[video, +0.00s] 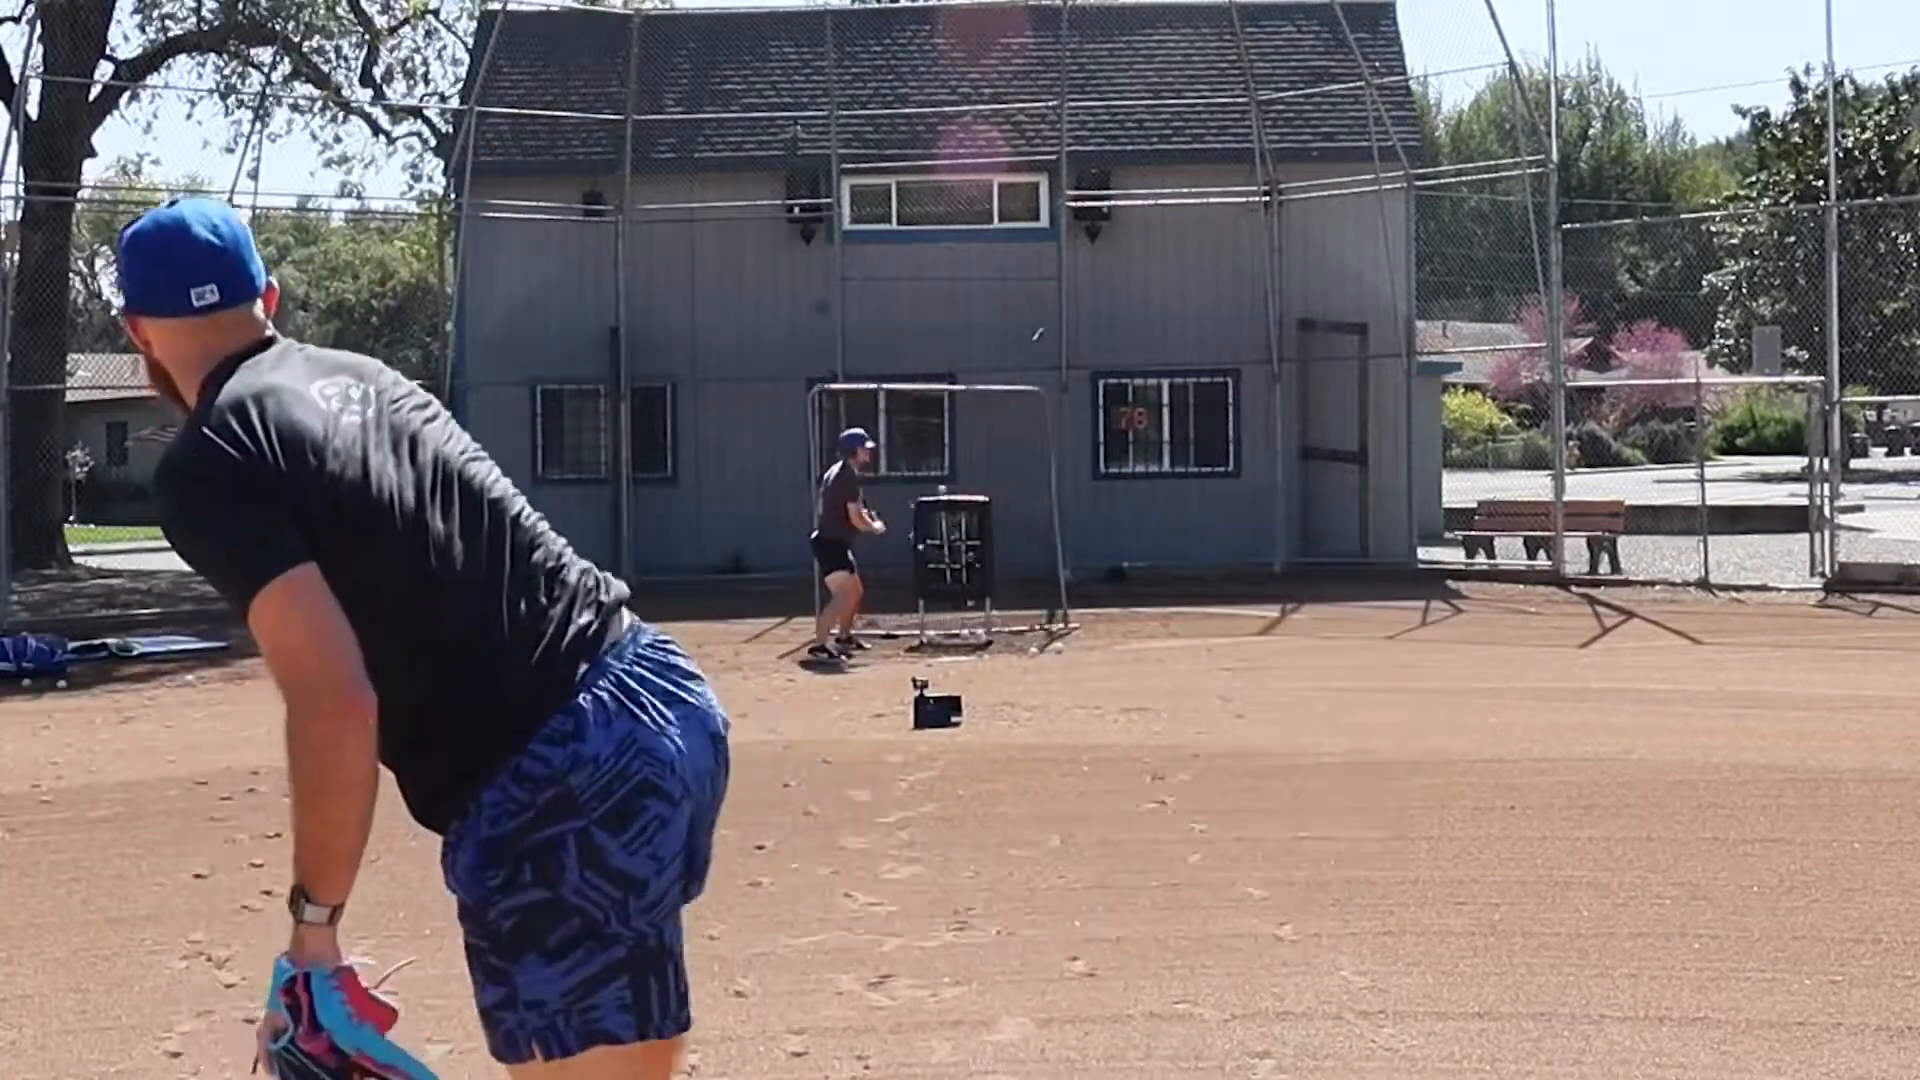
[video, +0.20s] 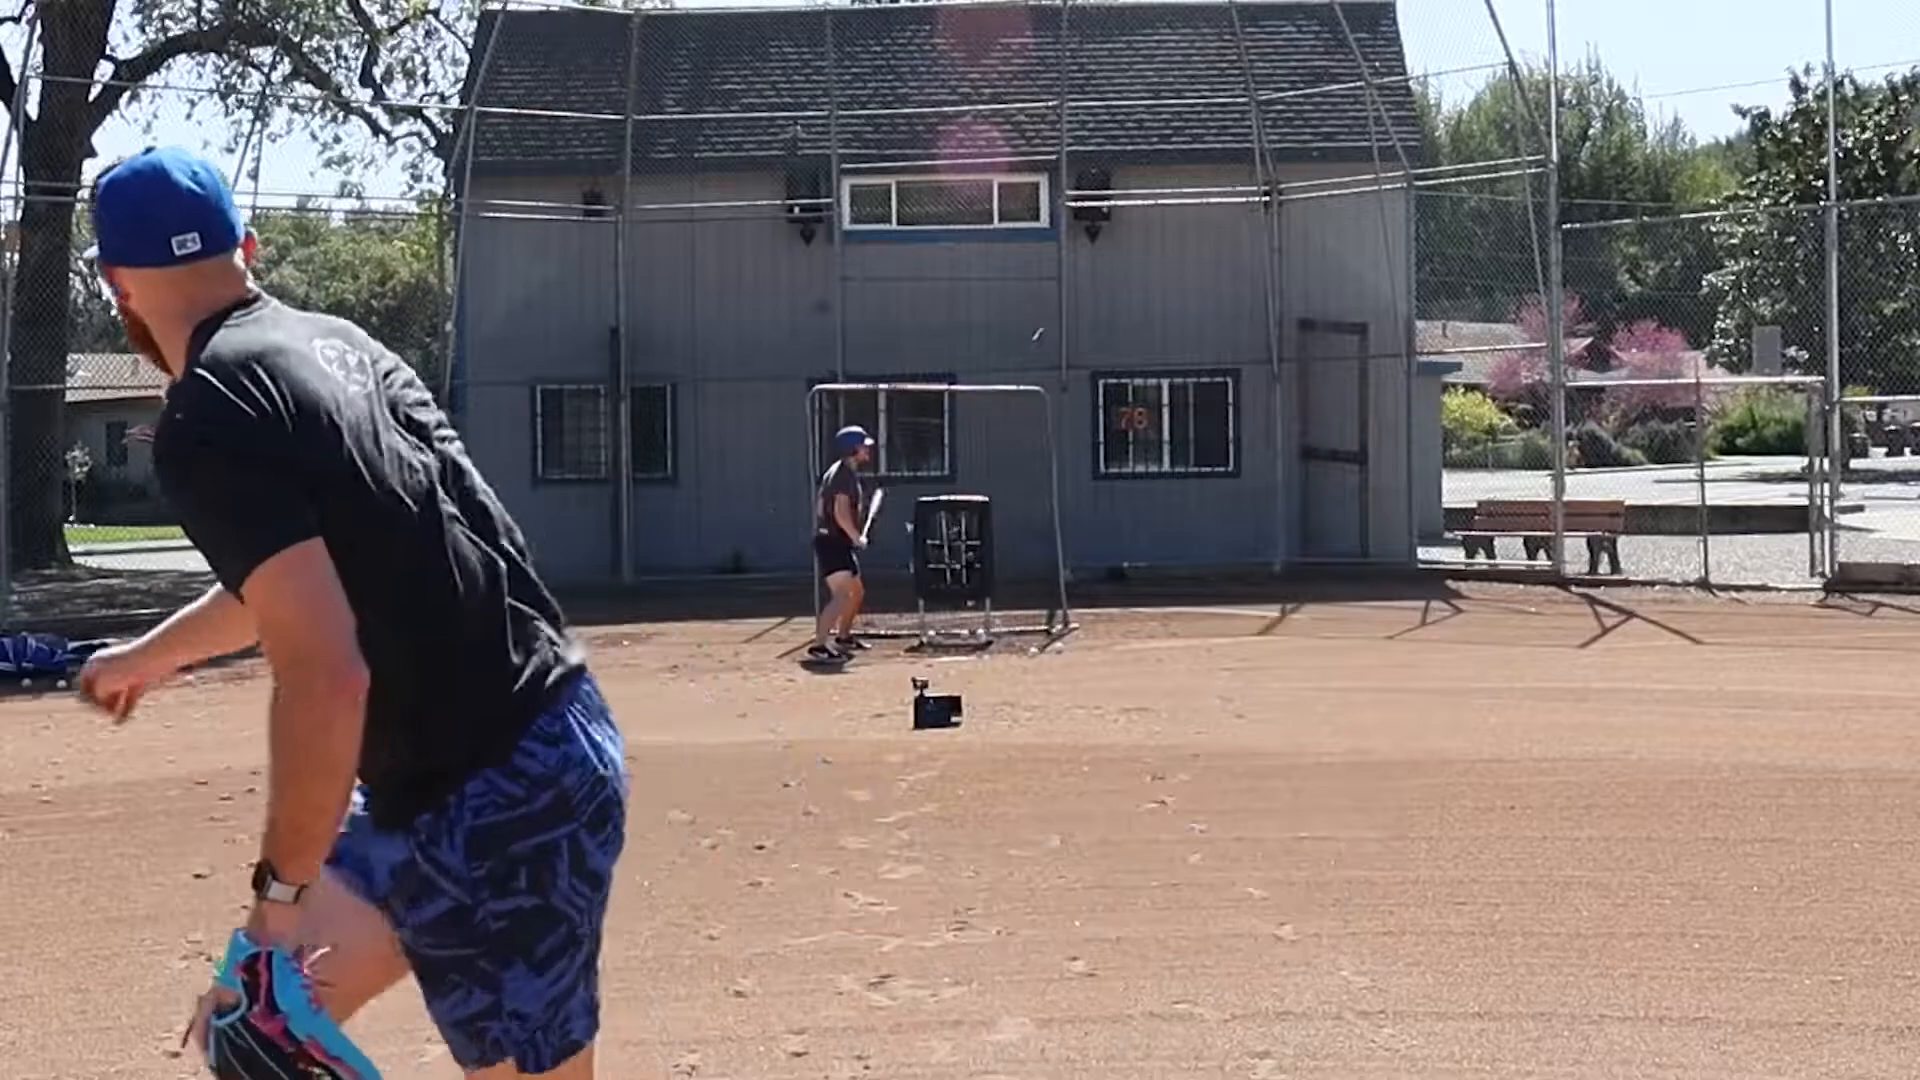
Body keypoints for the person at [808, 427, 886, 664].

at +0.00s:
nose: (868, 454)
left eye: (868, 449)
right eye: (864, 450)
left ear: (852, 451)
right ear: (852, 450)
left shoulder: (840, 471)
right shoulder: (847, 475)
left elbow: (852, 504)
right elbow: (856, 518)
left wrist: (867, 516)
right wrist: (875, 527)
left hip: (836, 539)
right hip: (830, 541)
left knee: (855, 590)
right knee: (844, 593)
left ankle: (844, 635)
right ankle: (821, 643)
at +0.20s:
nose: (868, 452)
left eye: (867, 447)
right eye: (864, 448)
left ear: (852, 450)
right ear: (852, 449)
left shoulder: (847, 472)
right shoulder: (843, 473)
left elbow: (848, 507)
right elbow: (841, 510)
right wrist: (856, 536)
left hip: (840, 538)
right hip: (830, 538)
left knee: (855, 590)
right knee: (842, 592)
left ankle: (843, 634)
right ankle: (821, 642)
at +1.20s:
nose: (852, 453)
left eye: (852, 448)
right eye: (850, 448)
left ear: (832, 446)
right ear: (840, 448)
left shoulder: (810, 464)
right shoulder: (836, 470)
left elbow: (792, 501)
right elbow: (846, 506)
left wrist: (818, 516)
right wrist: (850, 521)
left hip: (805, 531)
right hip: (813, 534)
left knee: (816, 588)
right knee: (814, 590)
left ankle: (819, 635)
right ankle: (811, 643)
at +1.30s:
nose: (838, 452)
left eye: (839, 447)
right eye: (836, 447)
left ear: (820, 444)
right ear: (828, 446)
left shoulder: (801, 466)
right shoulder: (823, 470)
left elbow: (793, 503)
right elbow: (832, 506)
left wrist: (802, 522)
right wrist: (845, 534)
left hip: (804, 530)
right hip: (815, 532)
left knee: (817, 586)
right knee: (817, 588)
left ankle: (819, 633)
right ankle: (811, 643)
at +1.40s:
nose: (832, 452)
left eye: (832, 447)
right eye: (830, 447)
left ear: (813, 444)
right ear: (823, 445)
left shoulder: (797, 467)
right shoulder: (819, 469)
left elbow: (793, 505)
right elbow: (822, 509)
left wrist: (802, 525)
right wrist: (837, 535)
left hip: (803, 531)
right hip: (815, 533)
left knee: (817, 587)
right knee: (817, 589)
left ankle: (819, 634)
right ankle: (812, 642)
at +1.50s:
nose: (828, 451)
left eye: (829, 446)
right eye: (826, 446)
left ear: (808, 443)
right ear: (817, 444)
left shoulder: (796, 466)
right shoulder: (814, 471)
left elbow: (793, 507)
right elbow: (819, 512)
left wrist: (804, 527)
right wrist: (834, 543)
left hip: (804, 533)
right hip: (814, 534)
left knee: (817, 588)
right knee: (817, 590)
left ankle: (819, 634)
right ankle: (812, 643)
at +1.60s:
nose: (853, 444)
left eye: (856, 440)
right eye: (848, 441)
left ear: (859, 440)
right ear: (839, 442)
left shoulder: (868, 455)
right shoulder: (833, 462)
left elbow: (875, 478)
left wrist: (854, 459)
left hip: (855, 527)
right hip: (834, 527)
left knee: (860, 577)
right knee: (865, 575)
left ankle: (845, 626)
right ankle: (838, 622)